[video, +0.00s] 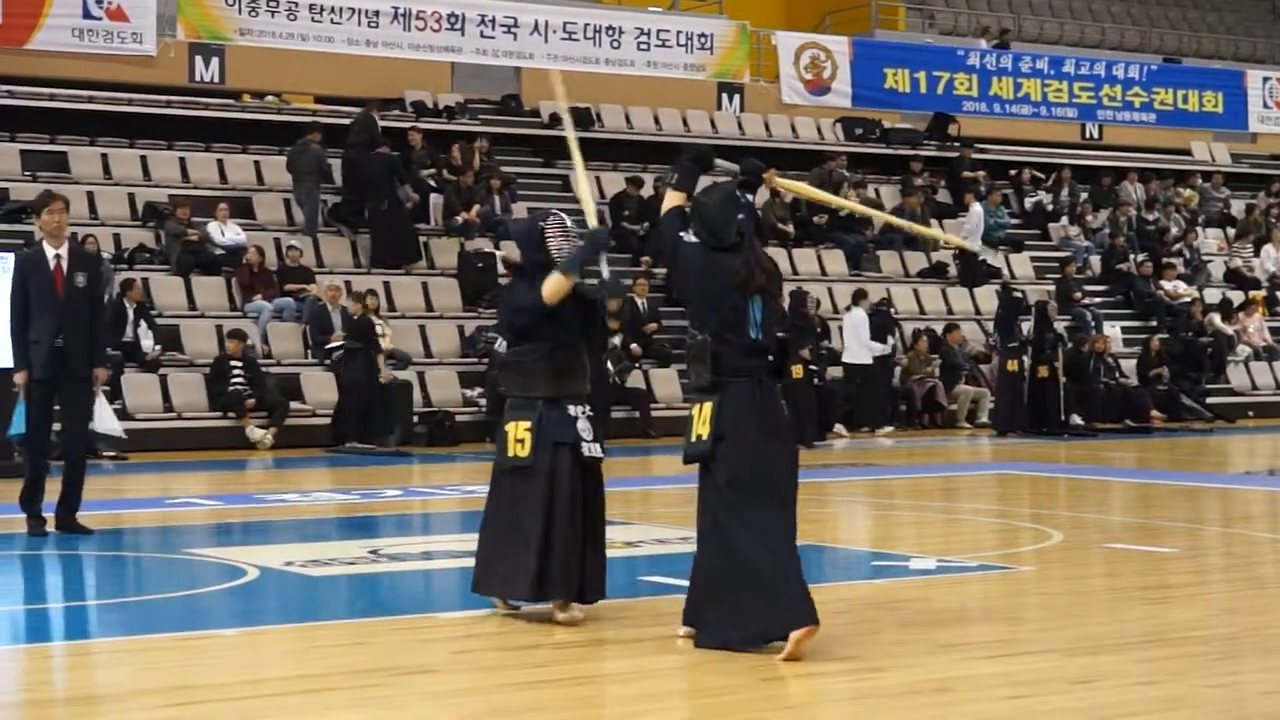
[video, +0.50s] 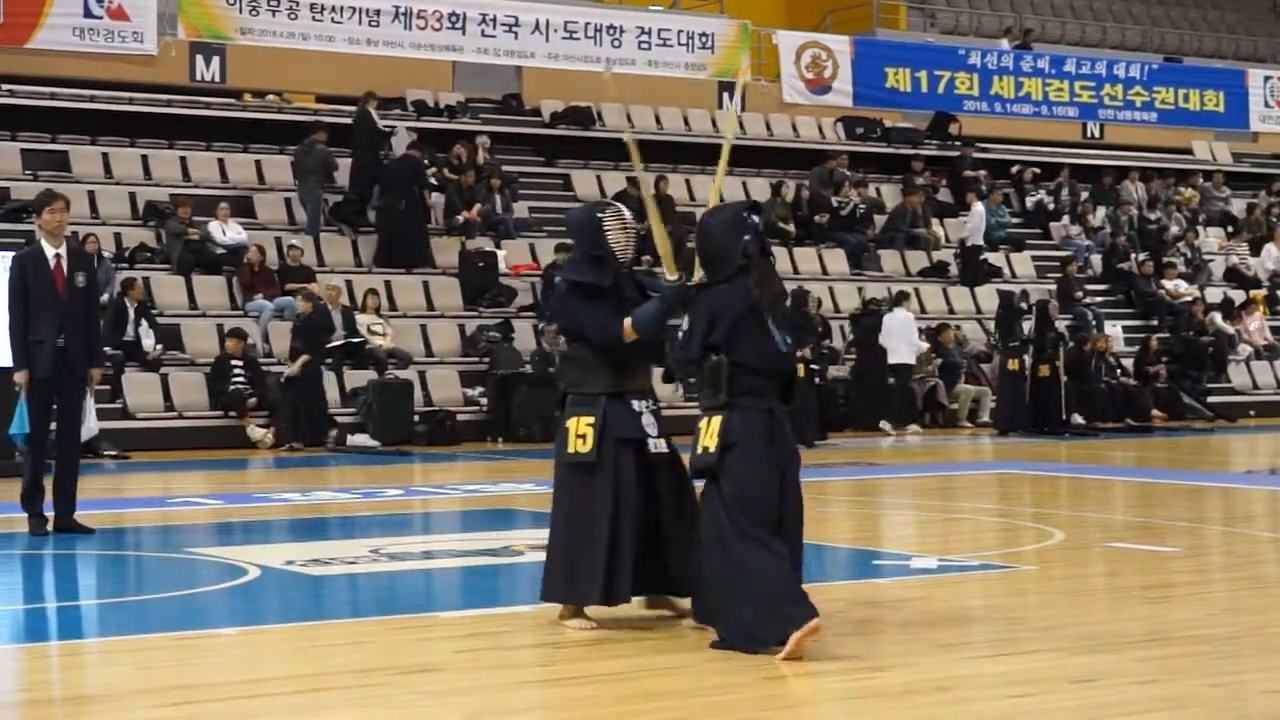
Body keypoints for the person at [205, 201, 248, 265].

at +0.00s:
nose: (224, 213)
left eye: (226, 210)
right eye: (221, 210)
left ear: (229, 212)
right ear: (216, 213)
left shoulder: (234, 226)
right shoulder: (211, 225)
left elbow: (244, 240)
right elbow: (218, 241)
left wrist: (227, 238)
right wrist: (238, 243)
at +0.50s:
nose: (225, 212)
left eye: (227, 209)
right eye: (221, 209)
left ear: (230, 211)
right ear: (217, 212)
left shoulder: (234, 225)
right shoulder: (213, 225)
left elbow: (245, 239)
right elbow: (220, 240)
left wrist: (228, 237)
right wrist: (240, 242)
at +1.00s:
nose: (225, 212)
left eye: (227, 209)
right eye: (222, 209)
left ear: (230, 211)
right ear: (217, 212)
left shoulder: (235, 225)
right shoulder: (213, 224)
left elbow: (245, 239)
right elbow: (220, 240)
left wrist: (228, 237)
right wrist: (239, 242)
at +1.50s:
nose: (224, 213)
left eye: (226, 210)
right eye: (221, 210)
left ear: (229, 213)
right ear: (216, 213)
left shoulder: (234, 226)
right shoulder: (211, 226)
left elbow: (244, 240)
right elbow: (218, 241)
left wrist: (227, 239)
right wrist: (238, 244)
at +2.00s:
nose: (224, 214)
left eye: (226, 211)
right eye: (221, 211)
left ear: (229, 213)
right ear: (216, 214)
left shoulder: (234, 227)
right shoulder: (212, 226)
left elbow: (244, 241)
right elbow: (219, 242)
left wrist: (227, 239)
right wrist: (239, 244)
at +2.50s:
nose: (225, 214)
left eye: (227, 211)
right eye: (222, 211)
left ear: (230, 213)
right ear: (217, 214)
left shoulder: (234, 226)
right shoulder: (212, 226)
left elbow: (244, 240)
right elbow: (219, 242)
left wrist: (227, 239)